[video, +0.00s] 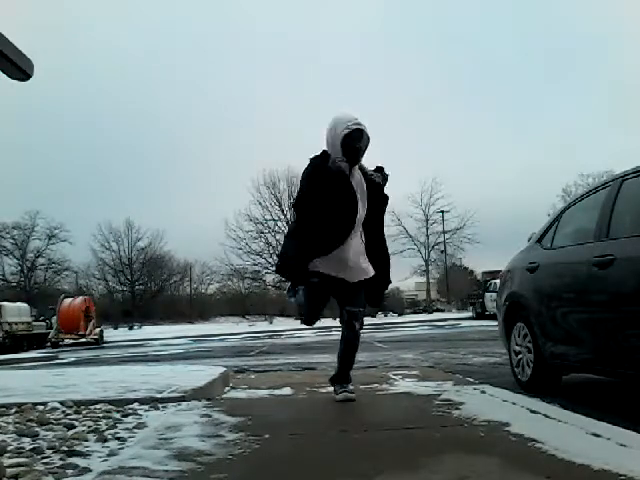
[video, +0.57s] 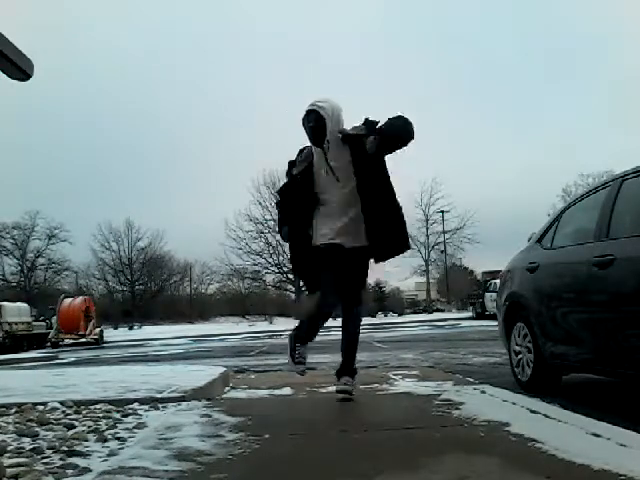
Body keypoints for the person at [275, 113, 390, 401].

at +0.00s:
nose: (359, 147)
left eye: (363, 141)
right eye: (352, 140)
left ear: (367, 144)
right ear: (336, 141)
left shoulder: (369, 182)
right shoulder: (318, 171)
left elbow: (375, 231)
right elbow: (302, 218)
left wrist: (381, 272)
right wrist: (291, 261)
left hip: (357, 264)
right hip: (322, 261)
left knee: (353, 324)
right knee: (309, 317)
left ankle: (342, 380)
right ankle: (296, 284)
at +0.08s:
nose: (360, 136)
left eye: (364, 130)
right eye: (354, 129)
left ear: (367, 134)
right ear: (338, 129)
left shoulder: (371, 175)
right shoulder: (317, 160)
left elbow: (374, 227)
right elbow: (292, 180)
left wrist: (377, 269)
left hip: (356, 257)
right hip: (319, 254)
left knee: (351, 318)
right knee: (312, 309)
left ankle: (342, 379)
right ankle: (302, 302)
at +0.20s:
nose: (358, 113)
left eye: (362, 108)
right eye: (352, 108)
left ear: (368, 116)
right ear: (339, 115)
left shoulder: (372, 160)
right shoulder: (318, 140)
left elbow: (377, 212)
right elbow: (294, 118)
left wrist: (378, 254)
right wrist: (336, 101)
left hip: (351, 242)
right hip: (314, 237)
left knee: (350, 308)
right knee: (306, 297)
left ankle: (343, 375)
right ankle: (328, 311)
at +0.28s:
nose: (353, 121)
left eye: (358, 116)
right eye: (347, 115)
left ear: (363, 121)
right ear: (333, 119)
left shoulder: (373, 165)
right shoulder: (322, 146)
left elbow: (382, 218)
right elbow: (301, 156)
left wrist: (382, 261)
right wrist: (316, 120)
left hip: (353, 248)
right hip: (318, 241)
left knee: (351, 311)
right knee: (298, 303)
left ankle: (346, 379)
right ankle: (320, 303)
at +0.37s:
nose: (338, 138)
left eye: (343, 132)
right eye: (332, 133)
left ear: (354, 137)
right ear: (323, 136)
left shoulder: (374, 177)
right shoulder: (314, 167)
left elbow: (384, 220)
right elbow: (302, 208)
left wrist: (402, 241)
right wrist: (295, 171)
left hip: (358, 261)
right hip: (323, 257)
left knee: (349, 321)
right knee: (296, 315)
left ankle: (344, 381)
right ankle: (296, 300)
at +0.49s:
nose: (319, 145)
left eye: (324, 139)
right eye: (315, 140)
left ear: (340, 139)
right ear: (313, 142)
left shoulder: (367, 169)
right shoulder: (309, 174)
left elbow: (411, 182)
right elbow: (284, 214)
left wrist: (389, 169)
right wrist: (280, 216)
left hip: (357, 262)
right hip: (321, 262)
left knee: (349, 321)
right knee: (317, 314)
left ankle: (343, 380)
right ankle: (287, 310)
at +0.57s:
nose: (310, 128)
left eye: (316, 121)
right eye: (307, 123)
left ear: (332, 121)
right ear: (305, 126)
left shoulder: (360, 144)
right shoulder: (305, 161)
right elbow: (288, 203)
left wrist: (384, 134)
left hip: (356, 242)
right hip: (321, 243)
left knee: (352, 309)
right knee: (326, 303)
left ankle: (347, 375)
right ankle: (298, 341)